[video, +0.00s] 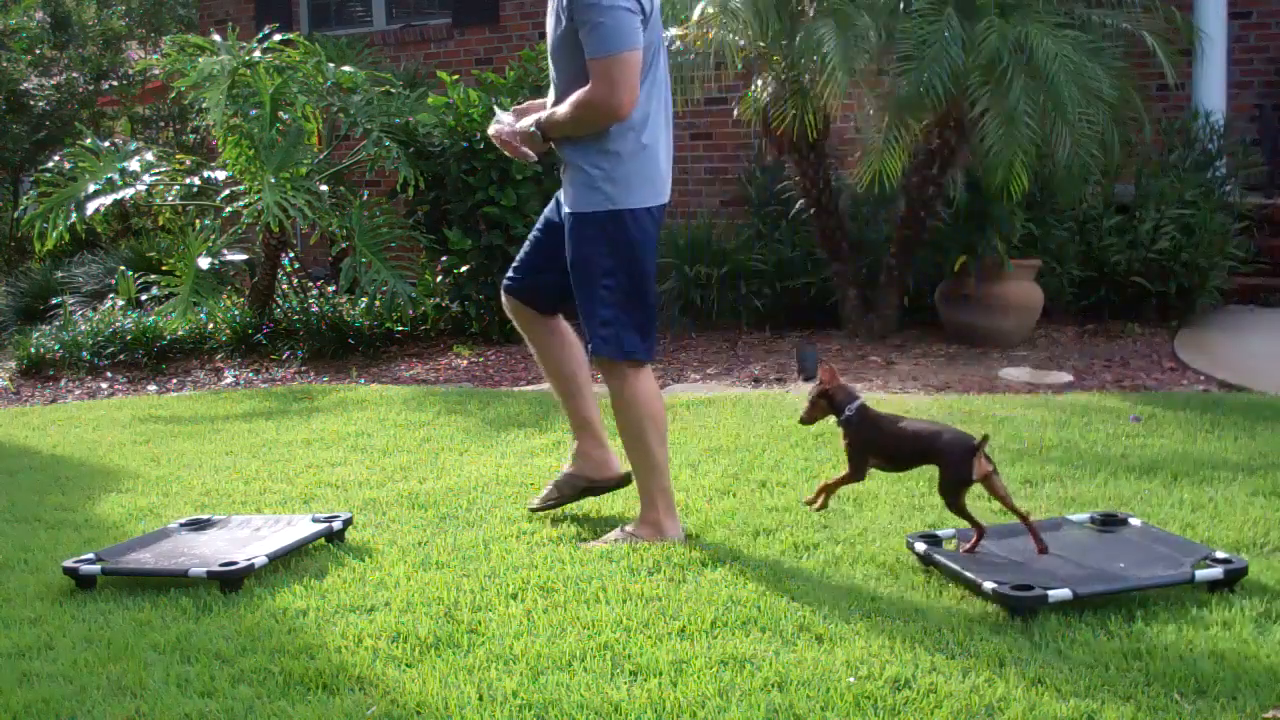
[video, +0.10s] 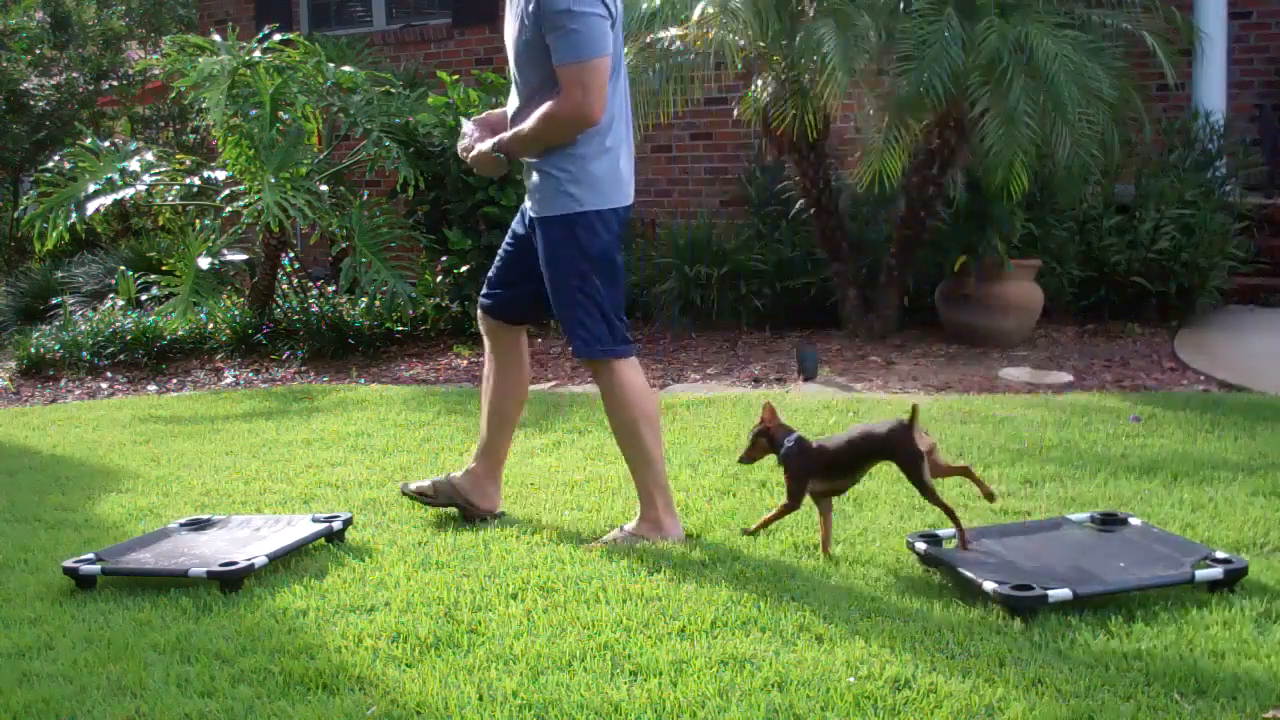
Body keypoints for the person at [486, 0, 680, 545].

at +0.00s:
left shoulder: (604, 2)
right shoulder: (578, 4)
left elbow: (614, 98)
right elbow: (593, 82)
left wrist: (545, 127)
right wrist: (531, 112)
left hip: (617, 188)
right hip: (590, 185)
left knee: (621, 355)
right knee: (527, 295)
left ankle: (660, 520)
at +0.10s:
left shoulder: (570, 3)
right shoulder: (532, 4)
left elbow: (583, 105)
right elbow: (556, 85)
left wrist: (504, 148)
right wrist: (502, 118)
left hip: (581, 195)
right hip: (550, 194)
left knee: (606, 350)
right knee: (499, 315)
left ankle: (660, 519)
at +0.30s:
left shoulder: (504, 13)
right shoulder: (443, 6)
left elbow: (495, 135)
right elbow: (472, 109)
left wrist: (418, 216)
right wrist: (431, 141)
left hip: (494, 215)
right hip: (454, 212)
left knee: (513, 363)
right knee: (436, 351)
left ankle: (631, 486)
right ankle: (437, 499)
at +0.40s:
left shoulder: (463, 14)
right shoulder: (409, 6)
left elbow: (441, 135)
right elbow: (432, 104)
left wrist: (391, 231)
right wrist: (396, 142)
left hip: (453, 214)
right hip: (427, 211)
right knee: (424, 355)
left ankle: (564, 439)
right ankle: (435, 499)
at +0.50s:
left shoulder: (428, 14)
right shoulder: (382, 4)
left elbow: (402, 131)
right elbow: (396, 95)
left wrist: (358, 229)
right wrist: (363, 137)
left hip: (419, 206)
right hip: (406, 199)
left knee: (342, 337)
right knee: (408, 345)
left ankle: (486, 437)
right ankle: (432, 498)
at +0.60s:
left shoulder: (389, 13)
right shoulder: (359, 5)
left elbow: (366, 131)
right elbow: (384, 105)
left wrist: (319, 227)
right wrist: (339, 142)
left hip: (382, 206)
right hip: (414, 201)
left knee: (307, 324)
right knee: (401, 338)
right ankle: (435, 494)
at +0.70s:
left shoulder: (344, 18)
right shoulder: (358, 6)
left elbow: (322, 150)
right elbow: (350, 99)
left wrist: (274, 241)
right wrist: (311, 148)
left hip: (349, 217)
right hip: (396, 205)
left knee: (306, 352)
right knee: (383, 345)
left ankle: (323, 513)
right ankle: (432, 491)